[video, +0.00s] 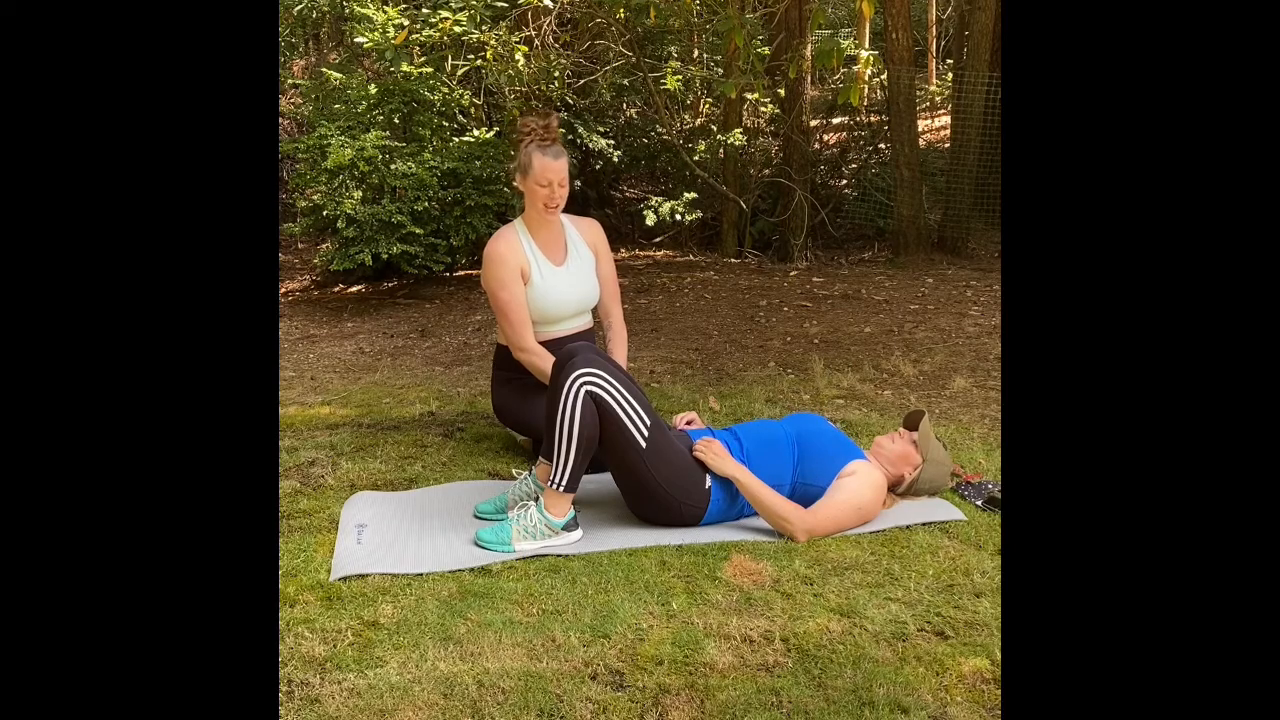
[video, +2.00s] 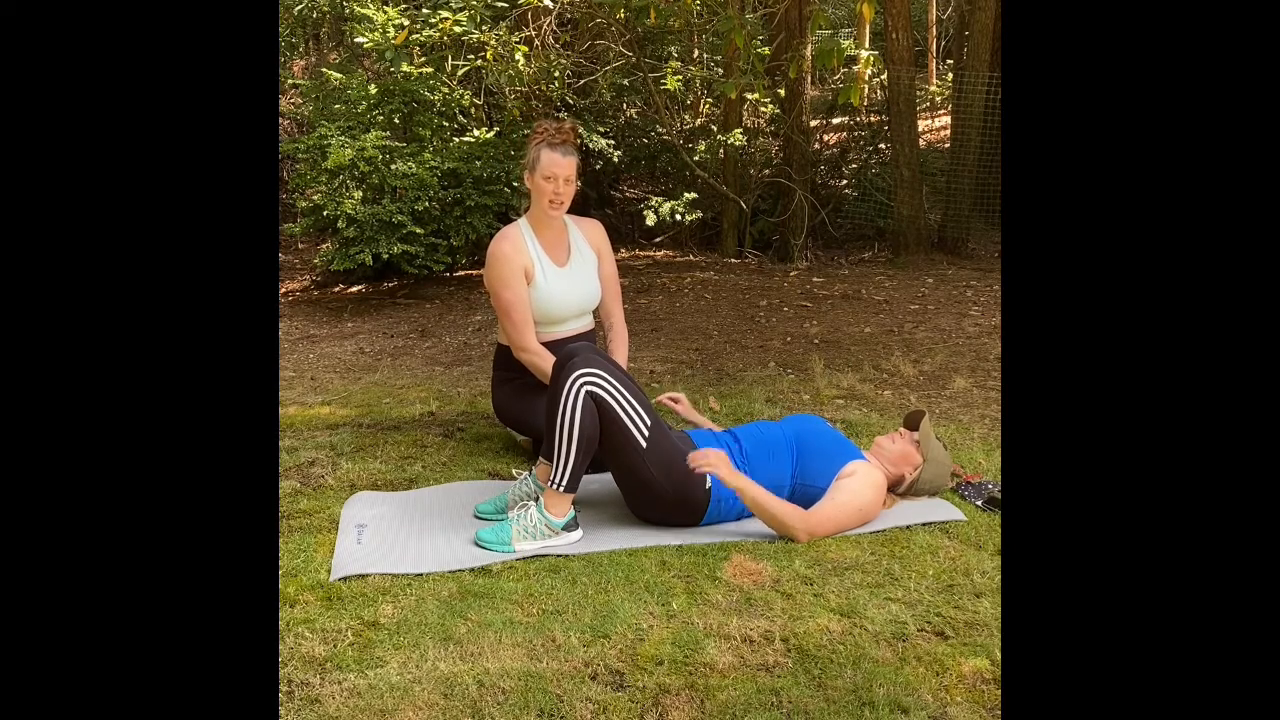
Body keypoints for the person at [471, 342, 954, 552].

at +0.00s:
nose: (898, 433)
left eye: (908, 439)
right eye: (907, 431)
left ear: (907, 471)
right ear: (896, 446)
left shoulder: (867, 483)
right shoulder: (843, 452)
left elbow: (805, 526)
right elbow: (761, 468)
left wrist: (731, 469)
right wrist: (705, 430)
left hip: (692, 489)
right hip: (681, 464)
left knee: (589, 371)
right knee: (579, 355)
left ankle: (554, 511)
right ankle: (543, 485)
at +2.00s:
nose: (896, 433)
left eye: (907, 440)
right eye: (905, 430)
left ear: (907, 472)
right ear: (894, 445)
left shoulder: (867, 483)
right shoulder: (843, 454)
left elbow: (806, 527)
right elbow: (751, 454)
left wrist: (731, 477)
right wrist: (697, 419)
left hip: (691, 490)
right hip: (680, 465)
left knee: (589, 372)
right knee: (581, 358)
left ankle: (554, 510)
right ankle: (542, 484)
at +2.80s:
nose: (899, 432)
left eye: (909, 438)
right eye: (908, 430)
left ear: (908, 469)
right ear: (900, 447)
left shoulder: (869, 482)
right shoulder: (847, 453)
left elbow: (805, 525)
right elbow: (767, 466)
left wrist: (719, 491)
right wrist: (706, 437)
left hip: (698, 471)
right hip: (688, 437)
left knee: (579, 369)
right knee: (565, 354)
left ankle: (554, 511)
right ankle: (542, 484)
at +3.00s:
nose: (897, 432)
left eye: (908, 439)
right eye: (905, 429)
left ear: (908, 472)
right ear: (896, 443)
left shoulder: (866, 479)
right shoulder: (847, 453)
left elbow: (799, 519)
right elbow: (768, 469)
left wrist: (706, 516)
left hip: (701, 465)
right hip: (690, 433)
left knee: (571, 367)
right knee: (563, 352)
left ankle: (555, 512)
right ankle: (544, 483)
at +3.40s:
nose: (897, 432)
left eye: (907, 438)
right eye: (906, 429)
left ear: (908, 469)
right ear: (897, 445)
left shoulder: (864, 478)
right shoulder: (844, 451)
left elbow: (789, 514)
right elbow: (763, 465)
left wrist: (699, 513)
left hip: (696, 471)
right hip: (682, 439)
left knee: (579, 370)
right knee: (555, 351)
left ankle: (555, 512)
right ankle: (544, 481)